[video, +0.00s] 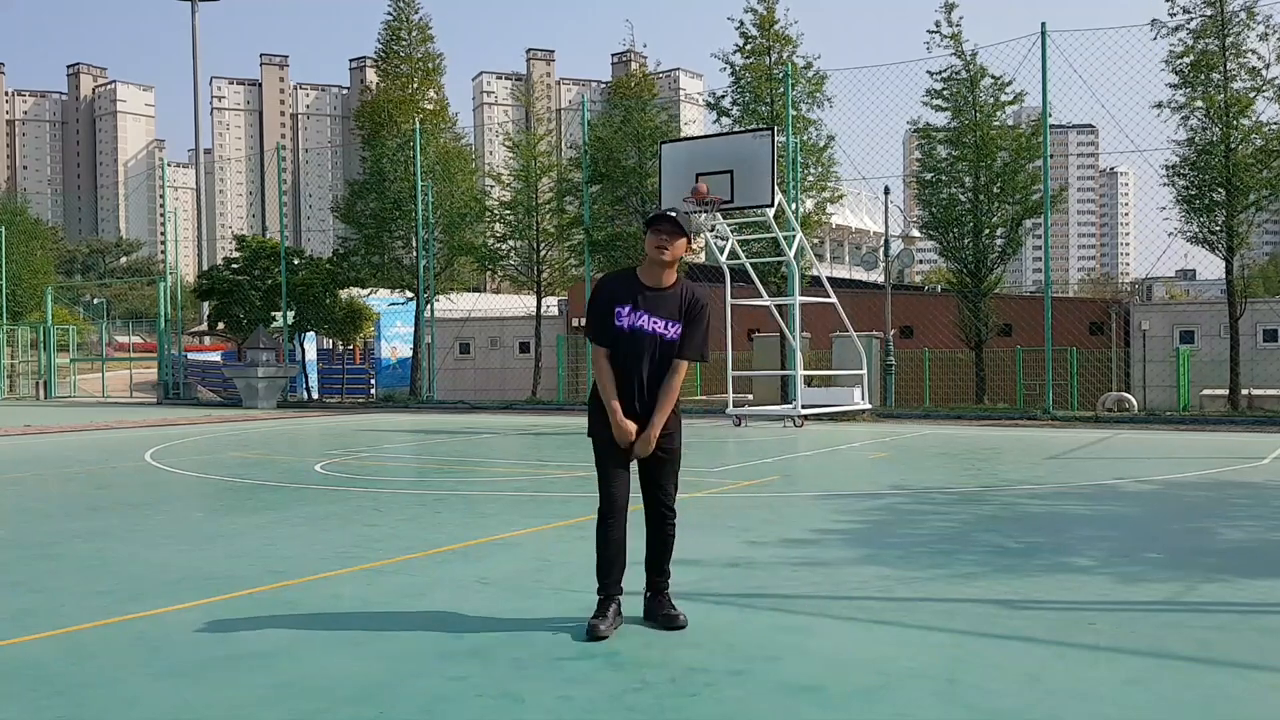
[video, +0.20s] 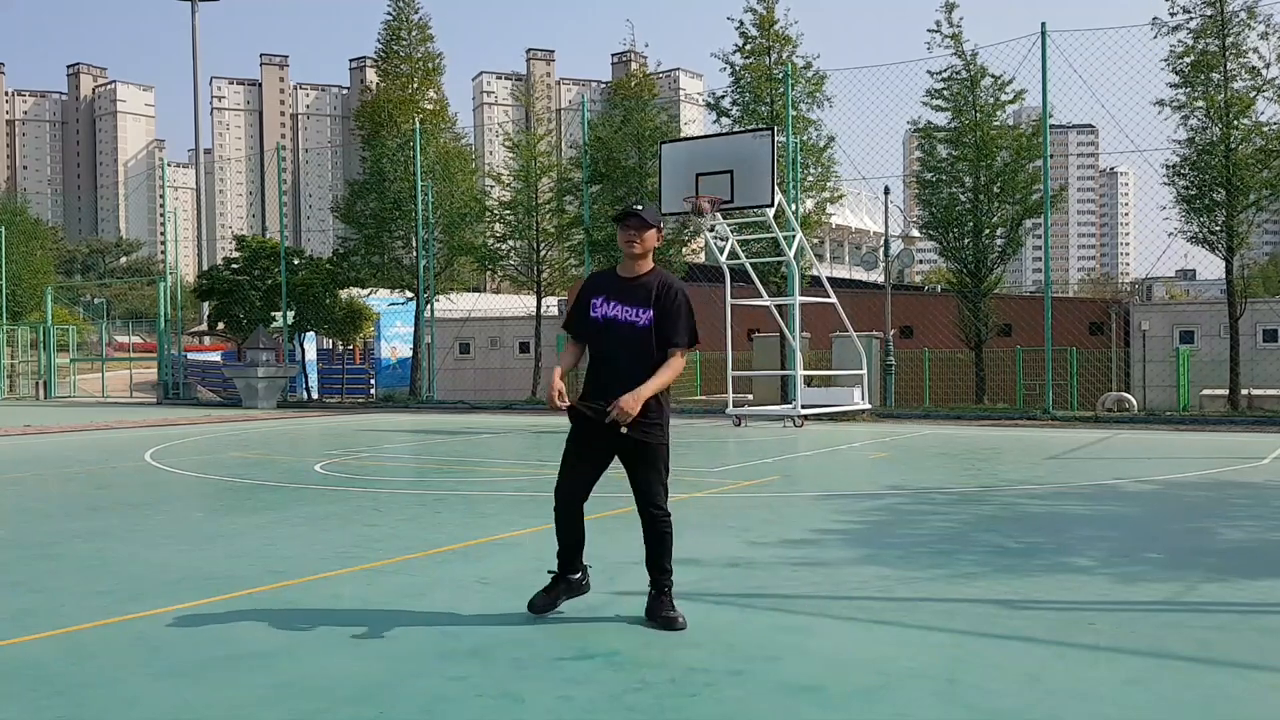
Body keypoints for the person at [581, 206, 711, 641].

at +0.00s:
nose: (663, 239)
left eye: (672, 235)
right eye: (657, 232)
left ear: (686, 248)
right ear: (644, 240)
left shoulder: (692, 300)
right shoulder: (610, 287)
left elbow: (679, 370)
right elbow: (599, 357)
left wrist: (654, 427)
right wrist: (616, 414)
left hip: (662, 417)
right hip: (611, 413)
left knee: (662, 509)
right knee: (612, 507)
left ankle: (658, 597)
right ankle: (608, 601)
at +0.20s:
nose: (633, 235)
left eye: (642, 229)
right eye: (627, 228)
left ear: (657, 237)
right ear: (617, 235)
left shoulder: (670, 292)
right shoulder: (594, 285)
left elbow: (677, 360)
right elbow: (577, 344)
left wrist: (640, 394)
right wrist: (559, 372)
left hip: (646, 421)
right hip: (592, 415)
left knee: (654, 509)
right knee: (567, 496)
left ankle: (661, 595)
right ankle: (571, 575)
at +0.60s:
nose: (530, 302)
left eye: (538, 295)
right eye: (523, 295)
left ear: (556, 285)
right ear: (515, 289)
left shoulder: (582, 311)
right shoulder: (516, 311)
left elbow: (639, 338)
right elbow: (514, 348)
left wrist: (602, 380)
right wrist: (509, 375)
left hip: (587, 421)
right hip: (544, 421)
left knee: (600, 501)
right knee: (526, 505)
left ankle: (654, 582)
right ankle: (523, 585)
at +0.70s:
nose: (523, 305)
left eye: (530, 298)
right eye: (516, 299)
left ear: (543, 287)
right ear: (504, 290)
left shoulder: (568, 308)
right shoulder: (499, 311)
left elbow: (621, 332)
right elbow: (503, 347)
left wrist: (587, 376)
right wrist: (506, 377)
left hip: (577, 415)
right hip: (532, 416)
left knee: (581, 493)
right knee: (524, 502)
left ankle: (605, 575)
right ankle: (523, 583)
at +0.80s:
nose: (526, 295)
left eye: (533, 289)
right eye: (519, 289)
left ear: (545, 279)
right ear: (505, 281)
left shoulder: (565, 298)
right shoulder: (492, 302)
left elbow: (615, 319)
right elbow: (484, 340)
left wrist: (583, 359)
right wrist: (492, 365)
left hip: (565, 410)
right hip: (519, 410)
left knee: (562, 491)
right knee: (518, 497)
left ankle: (564, 567)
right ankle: (520, 581)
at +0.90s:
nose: (533, 296)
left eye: (540, 290)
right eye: (525, 290)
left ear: (551, 280)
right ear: (510, 282)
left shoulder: (570, 301)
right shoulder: (492, 303)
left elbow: (623, 315)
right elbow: (457, 331)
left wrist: (587, 348)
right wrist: (469, 345)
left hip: (555, 418)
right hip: (509, 417)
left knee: (543, 498)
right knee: (505, 499)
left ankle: (539, 566)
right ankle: (506, 579)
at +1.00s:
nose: (536, 303)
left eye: (543, 296)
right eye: (529, 296)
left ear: (554, 289)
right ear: (514, 288)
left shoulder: (570, 313)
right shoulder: (491, 313)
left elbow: (626, 326)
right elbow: (438, 334)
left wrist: (592, 361)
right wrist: (465, 352)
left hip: (548, 432)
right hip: (501, 431)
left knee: (534, 508)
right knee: (502, 510)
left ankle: (529, 566)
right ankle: (508, 581)